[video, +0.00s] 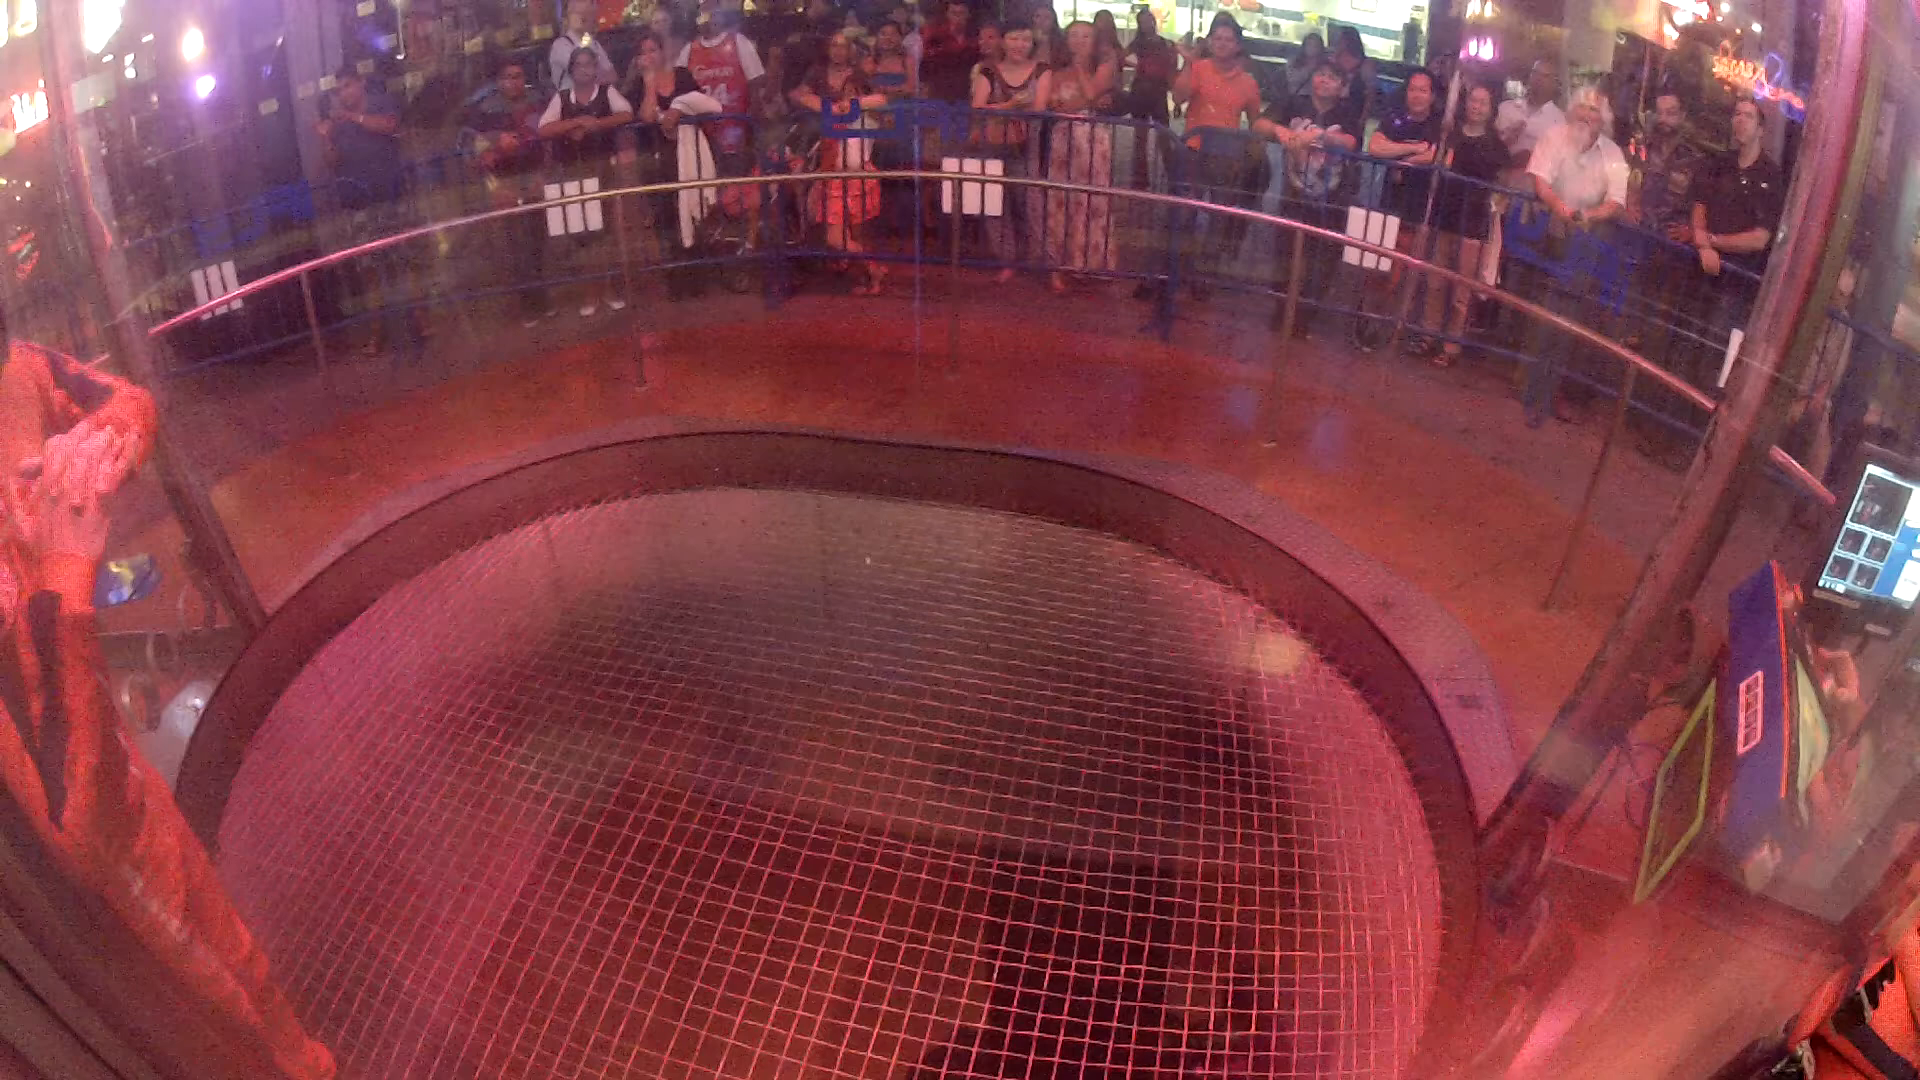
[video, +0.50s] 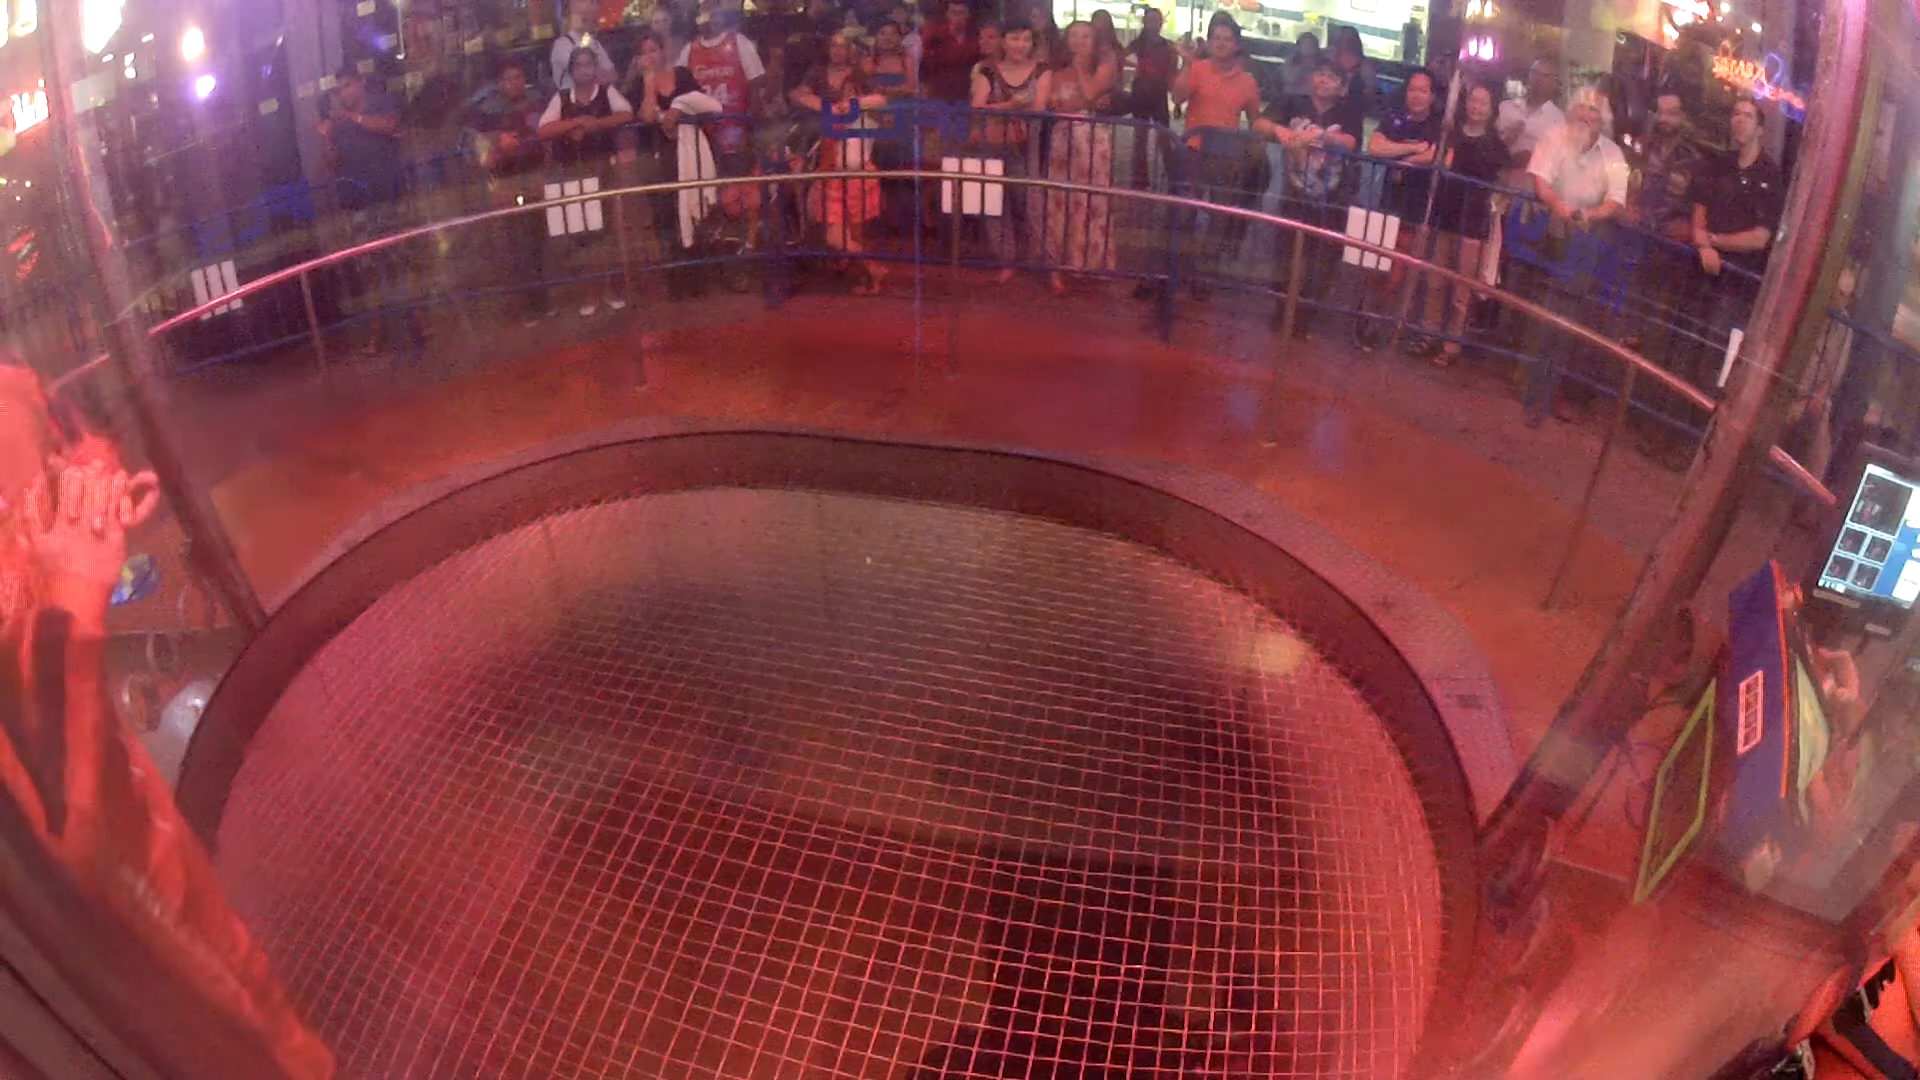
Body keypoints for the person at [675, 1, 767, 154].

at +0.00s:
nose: (707, 25)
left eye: (712, 19)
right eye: (702, 21)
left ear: (721, 19)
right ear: (698, 23)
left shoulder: (739, 43)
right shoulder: (689, 49)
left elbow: (757, 83)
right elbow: (680, 89)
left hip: (732, 122)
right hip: (699, 124)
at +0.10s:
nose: (706, 23)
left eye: (711, 18)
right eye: (701, 19)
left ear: (721, 18)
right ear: (697, 22)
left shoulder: (739, 43)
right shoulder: (689, 49)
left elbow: (756, 86)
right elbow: (681, 91)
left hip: (733, 125)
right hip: (700, 127)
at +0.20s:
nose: (707, 23)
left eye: (712, 18)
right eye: (702, 20)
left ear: (721, 19)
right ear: (697, 23)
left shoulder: (739, 43)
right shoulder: (689, 50)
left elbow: (756, 85)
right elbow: (681, 88)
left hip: (733, 124)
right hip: (701, 125)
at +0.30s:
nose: (707, 23)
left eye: (712, 18)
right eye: (702, 20)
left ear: (721, 18)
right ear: (697, 23)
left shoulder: (739, 43)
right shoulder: (689, 50)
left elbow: (756, 85)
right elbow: (681, 89)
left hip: (733, 124)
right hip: (700, 126)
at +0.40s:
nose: (707, 22)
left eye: (713, 16)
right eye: (703, 17)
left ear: (722, 18)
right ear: (697, 21)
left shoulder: (739, 43)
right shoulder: (690, 49)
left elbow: (756, 85)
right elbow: (679, 85)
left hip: (732, 124)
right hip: (700, 125)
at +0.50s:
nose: (707, 23)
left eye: (712, 18)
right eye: (702, 20)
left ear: (721, 19)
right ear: (697, 23)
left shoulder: (739, 43)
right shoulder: (690, 49)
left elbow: (757, 84)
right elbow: (681, 86)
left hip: (733, 123)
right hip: (701, 124)